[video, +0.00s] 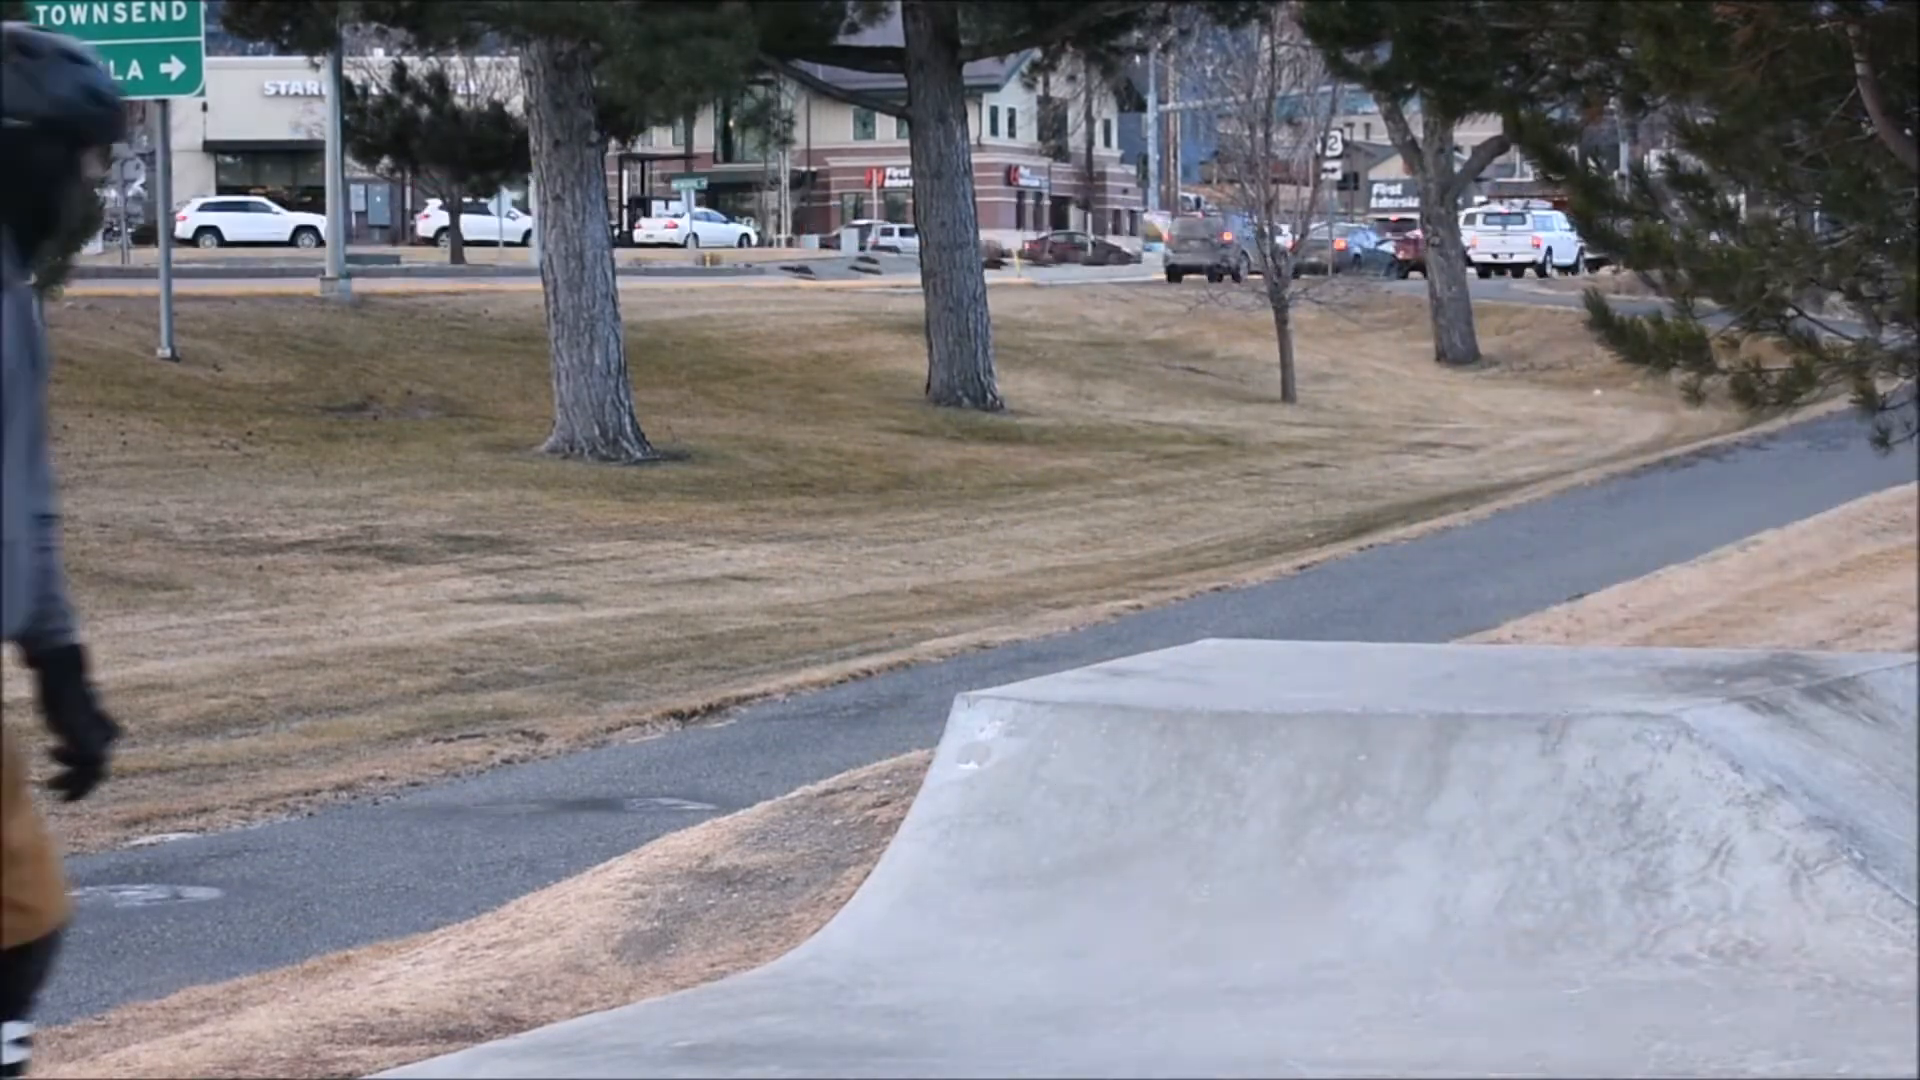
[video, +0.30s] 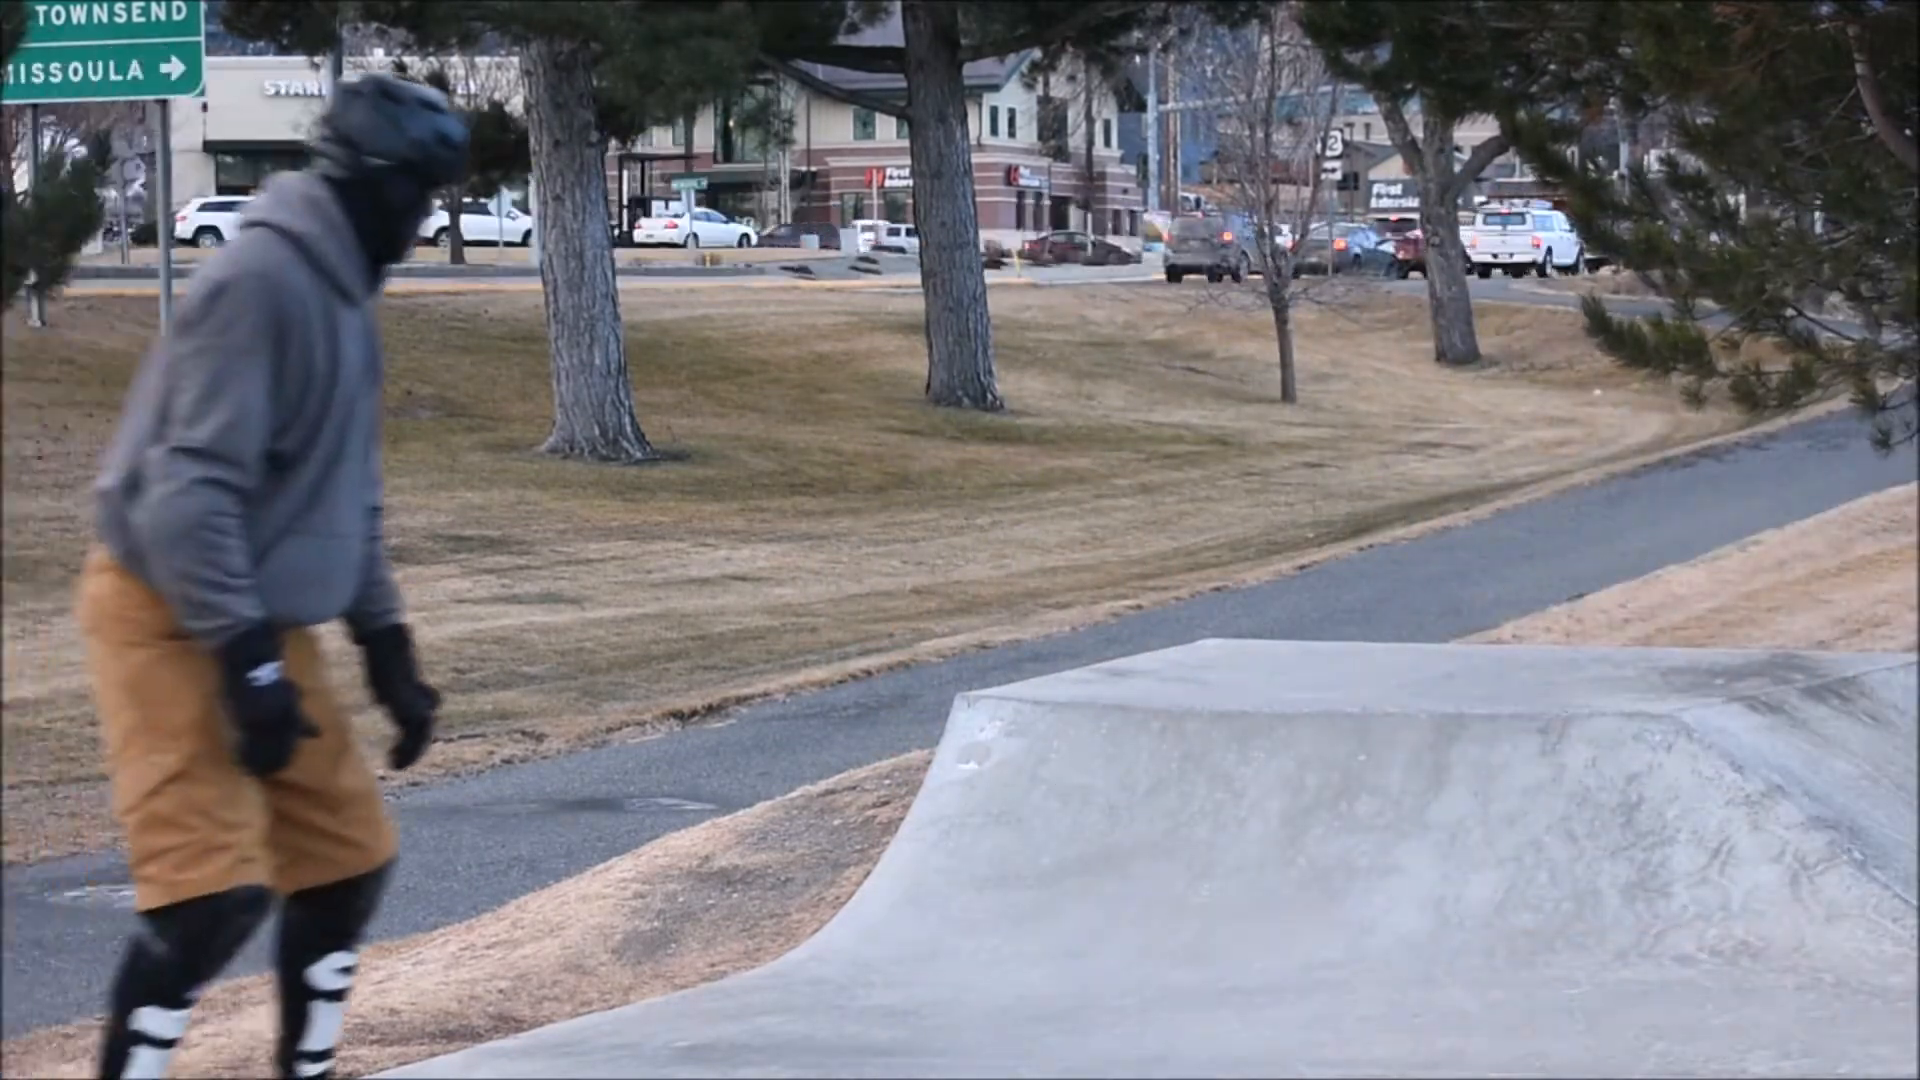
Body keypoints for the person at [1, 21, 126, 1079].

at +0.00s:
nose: (97, 185)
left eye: (99, 161)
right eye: (86, 159)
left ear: (38, 162)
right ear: (31, 159)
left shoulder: (18, 292)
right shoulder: (10, 295)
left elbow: (25, 497)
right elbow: (22, 498)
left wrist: (61, 668)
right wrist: (62, 668)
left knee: (29, 913)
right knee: (29, 915)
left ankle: (11, 1039)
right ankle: (6, 1042)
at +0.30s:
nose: (425, 217)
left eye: (431, 196)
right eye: (420, 191)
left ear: (372, 176)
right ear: (372, 175)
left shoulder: (341, 290)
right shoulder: (257, 278)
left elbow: (347, 498)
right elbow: (188, 489)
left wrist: (387, 647)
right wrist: (248, 660)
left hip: (268, 611)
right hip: (159, 603)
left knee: (344, 862)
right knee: (212, 890)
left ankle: (307, 1069)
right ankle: (128, 1069)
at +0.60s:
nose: (699, 247)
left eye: (706, 228)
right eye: (695, 224)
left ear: (653, 211)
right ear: (650, 209)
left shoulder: (615, 311)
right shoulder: (541, 301)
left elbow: (615, 495)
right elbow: (474, 491)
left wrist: (649, 630)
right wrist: (529, 646)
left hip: (545, 597)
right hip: (444, 588)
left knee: (614, 816)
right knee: (503, 844)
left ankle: (576, 1034)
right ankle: (407, 1057)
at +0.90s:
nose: (918, 273)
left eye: (926, 258)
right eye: (916, 253)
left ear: (888, 238)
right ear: (878, 233)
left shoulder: (841, 322)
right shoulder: (775, 309)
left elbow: (844, 486)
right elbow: (683, 476)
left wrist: (879, 604)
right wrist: (729, 618)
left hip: (772, 583)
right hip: (687, 580)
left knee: (842, 777)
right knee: (752, 805)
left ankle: (800, 980)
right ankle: (660, 1015)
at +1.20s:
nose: (1115, 370)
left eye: (1127, 360)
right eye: (1118, 353)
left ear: (1103, 332)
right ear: (1091, 323)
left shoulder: (1057, 387)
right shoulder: (972, 368)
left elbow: (1046, 515)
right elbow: (846, 489)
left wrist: (1095, 614)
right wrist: (870, 619)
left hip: (960, 595)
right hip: (880, 587)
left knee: (1045, 753)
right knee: (956, 772)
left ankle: (984, 931)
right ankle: (864, 960)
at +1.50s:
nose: (1247, 504)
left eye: (1256, 494)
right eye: (1242, 490)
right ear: (1212, 458)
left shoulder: (1246, 482)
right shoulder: (1110, 459)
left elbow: (1271, 603)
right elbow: (969, 537)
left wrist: (1317, 592)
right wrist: (955, 657)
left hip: (1129, 616)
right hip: (1035, 602)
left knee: (1230, 746)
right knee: (1145, 754)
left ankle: (1141, 893)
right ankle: (1037, 916)